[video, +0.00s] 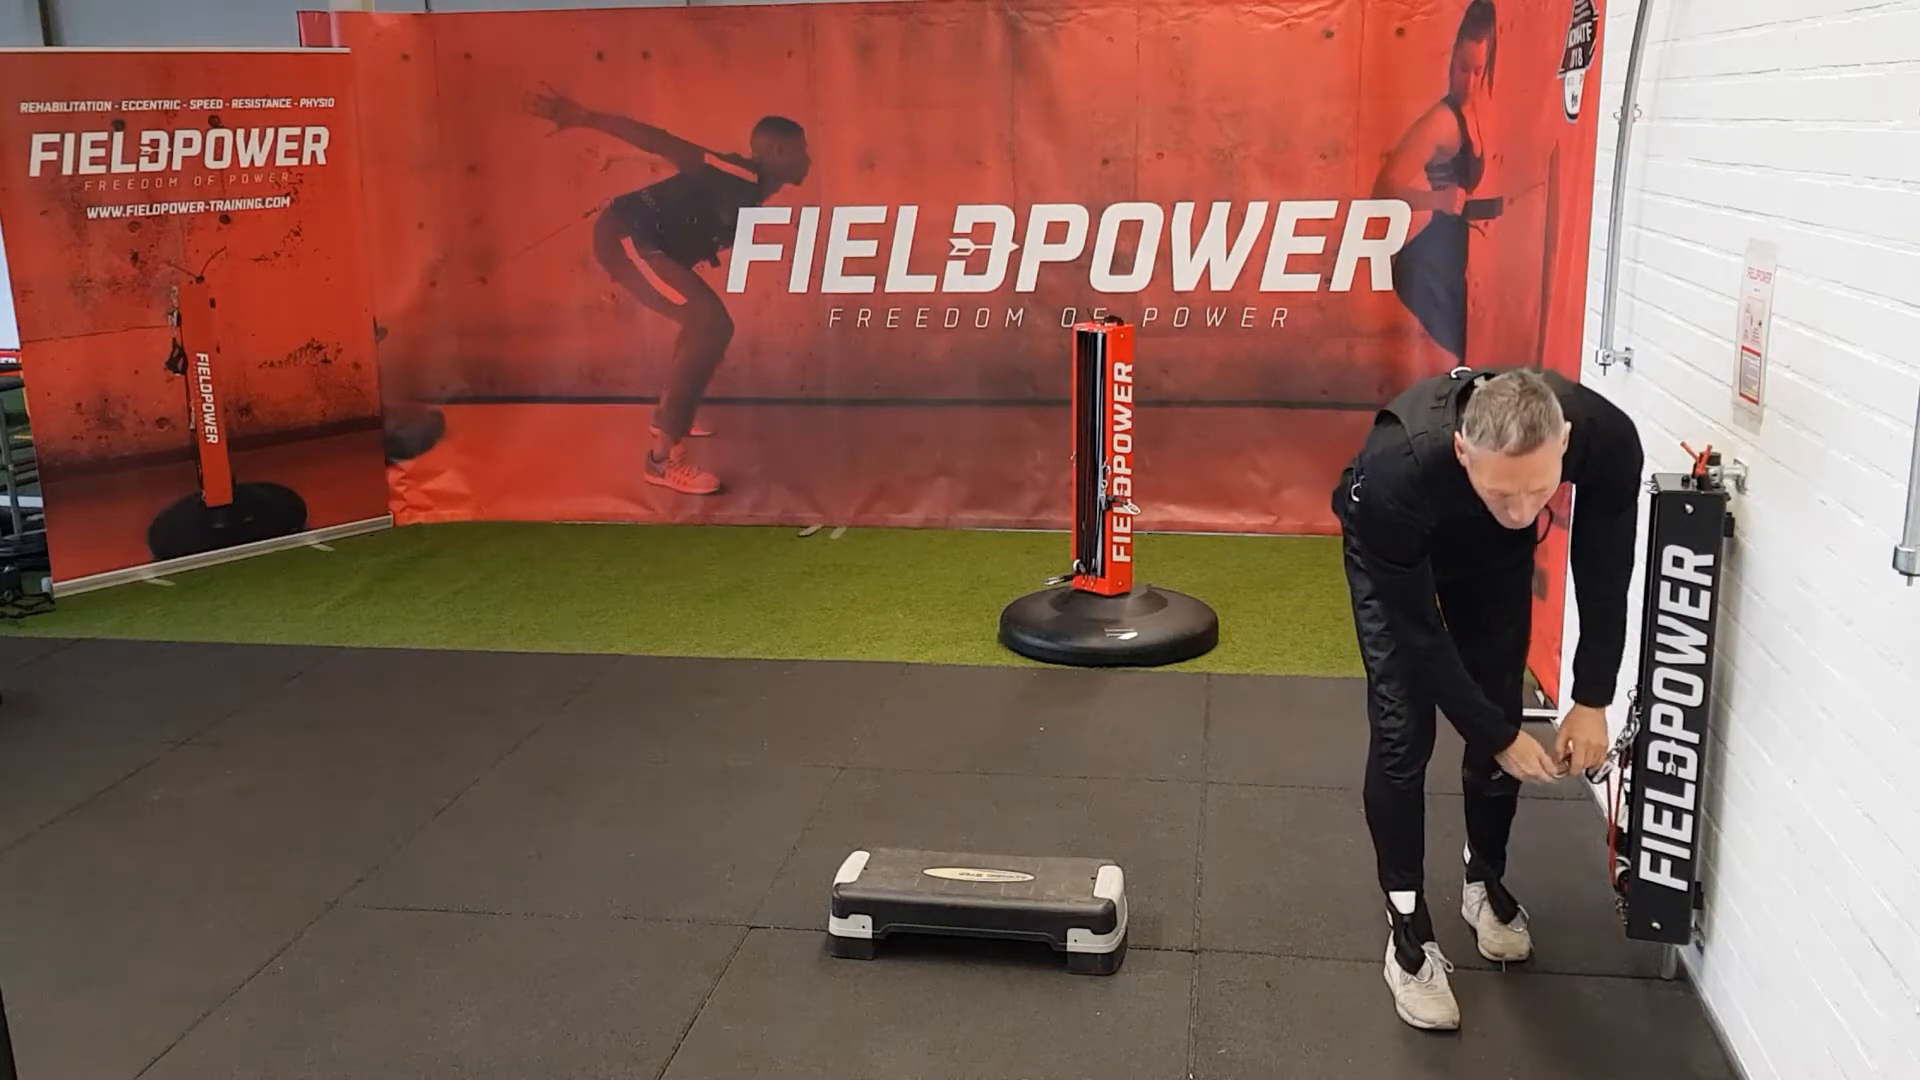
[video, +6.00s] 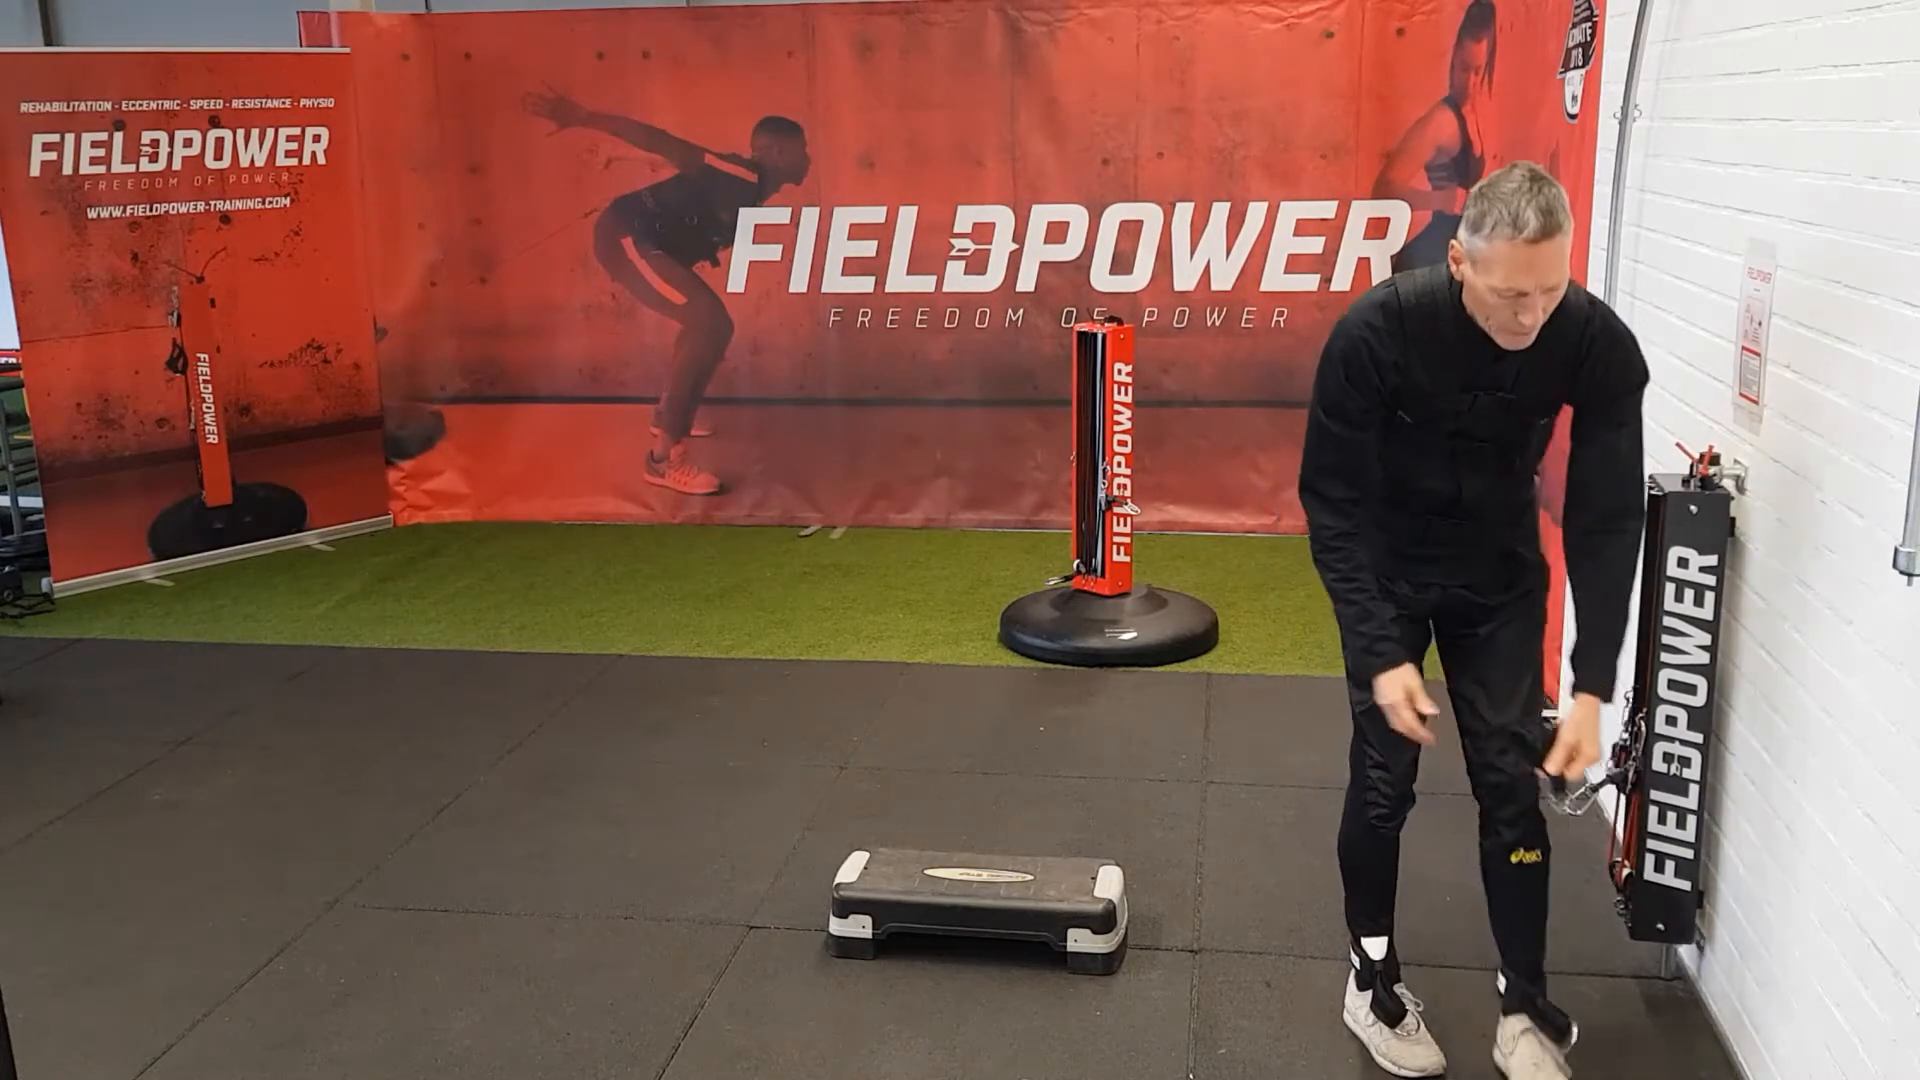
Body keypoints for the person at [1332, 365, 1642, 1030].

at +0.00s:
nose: (1523, 510)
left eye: (1538, 491)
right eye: (1502, 493)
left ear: (1562, 446)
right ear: (1463, 452)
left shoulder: (1604, 442)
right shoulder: (1397, 481)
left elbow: (1604, 576)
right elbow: (1418, 635)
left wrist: (1591, 701)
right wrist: (1501, 738)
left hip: (1496, 548)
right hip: (1399, 545)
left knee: (1498, 726)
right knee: (1403, 736)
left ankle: (1484, 885)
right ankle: (1409, 934)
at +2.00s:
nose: (1525, 399)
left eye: (1541, 376)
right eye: (1506, 380)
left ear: (1559, 342)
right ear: (1449, 341)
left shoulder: (1578, 417)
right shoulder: (1358, 378)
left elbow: (1609, 592)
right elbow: (1284, 510)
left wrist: (1622, 775)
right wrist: (1329, 647)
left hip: (1466, 600)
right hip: (1361, 598)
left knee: (1455, 763)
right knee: (1375, 805)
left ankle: (1432, 884)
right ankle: (1386, 1002)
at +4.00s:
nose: (1602, 495)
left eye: (1615, 486)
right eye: (1602, 481)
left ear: (1575, 423)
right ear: (1566, 432)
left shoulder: (1566, 412)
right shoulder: (1450, 445)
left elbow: (1540, 540)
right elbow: (1427, 583)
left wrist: (1544, 662)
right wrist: (1497, 711)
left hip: (1405, 537)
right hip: (1326, 524)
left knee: (1474, 699)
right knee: (1339, 740)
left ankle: (1396, 865)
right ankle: (1358, 953)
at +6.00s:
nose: (1532, 313)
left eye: (1549, 290)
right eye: (1512, 294)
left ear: (1569, 261)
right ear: (1463, 259)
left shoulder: (1596, 347)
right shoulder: (1379, 332)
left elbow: (1605, 523)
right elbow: (1333, 505)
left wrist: (1591, 691)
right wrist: (1382, 655)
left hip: (1499, 575)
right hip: (1386, 574)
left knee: (1514, 783)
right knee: (1386, 778)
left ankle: (1525, 1008)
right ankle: (1373, 980)